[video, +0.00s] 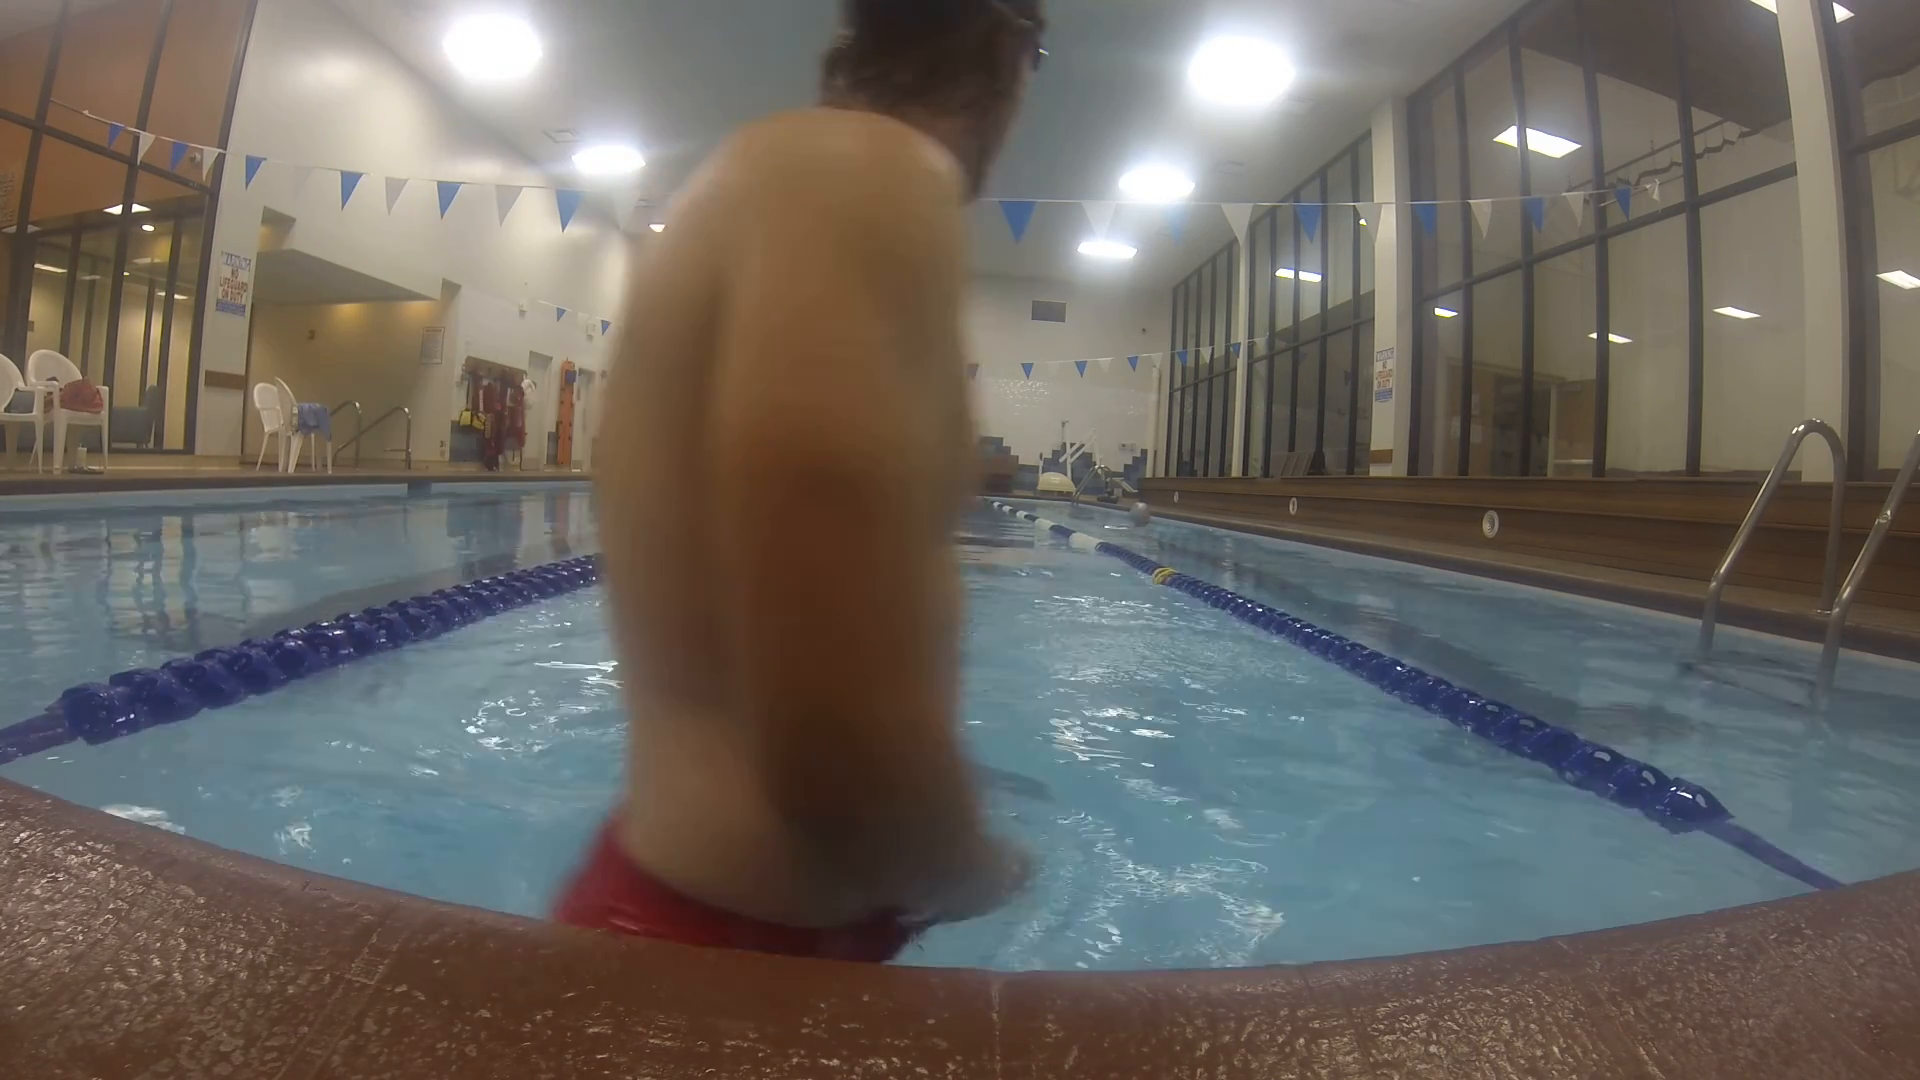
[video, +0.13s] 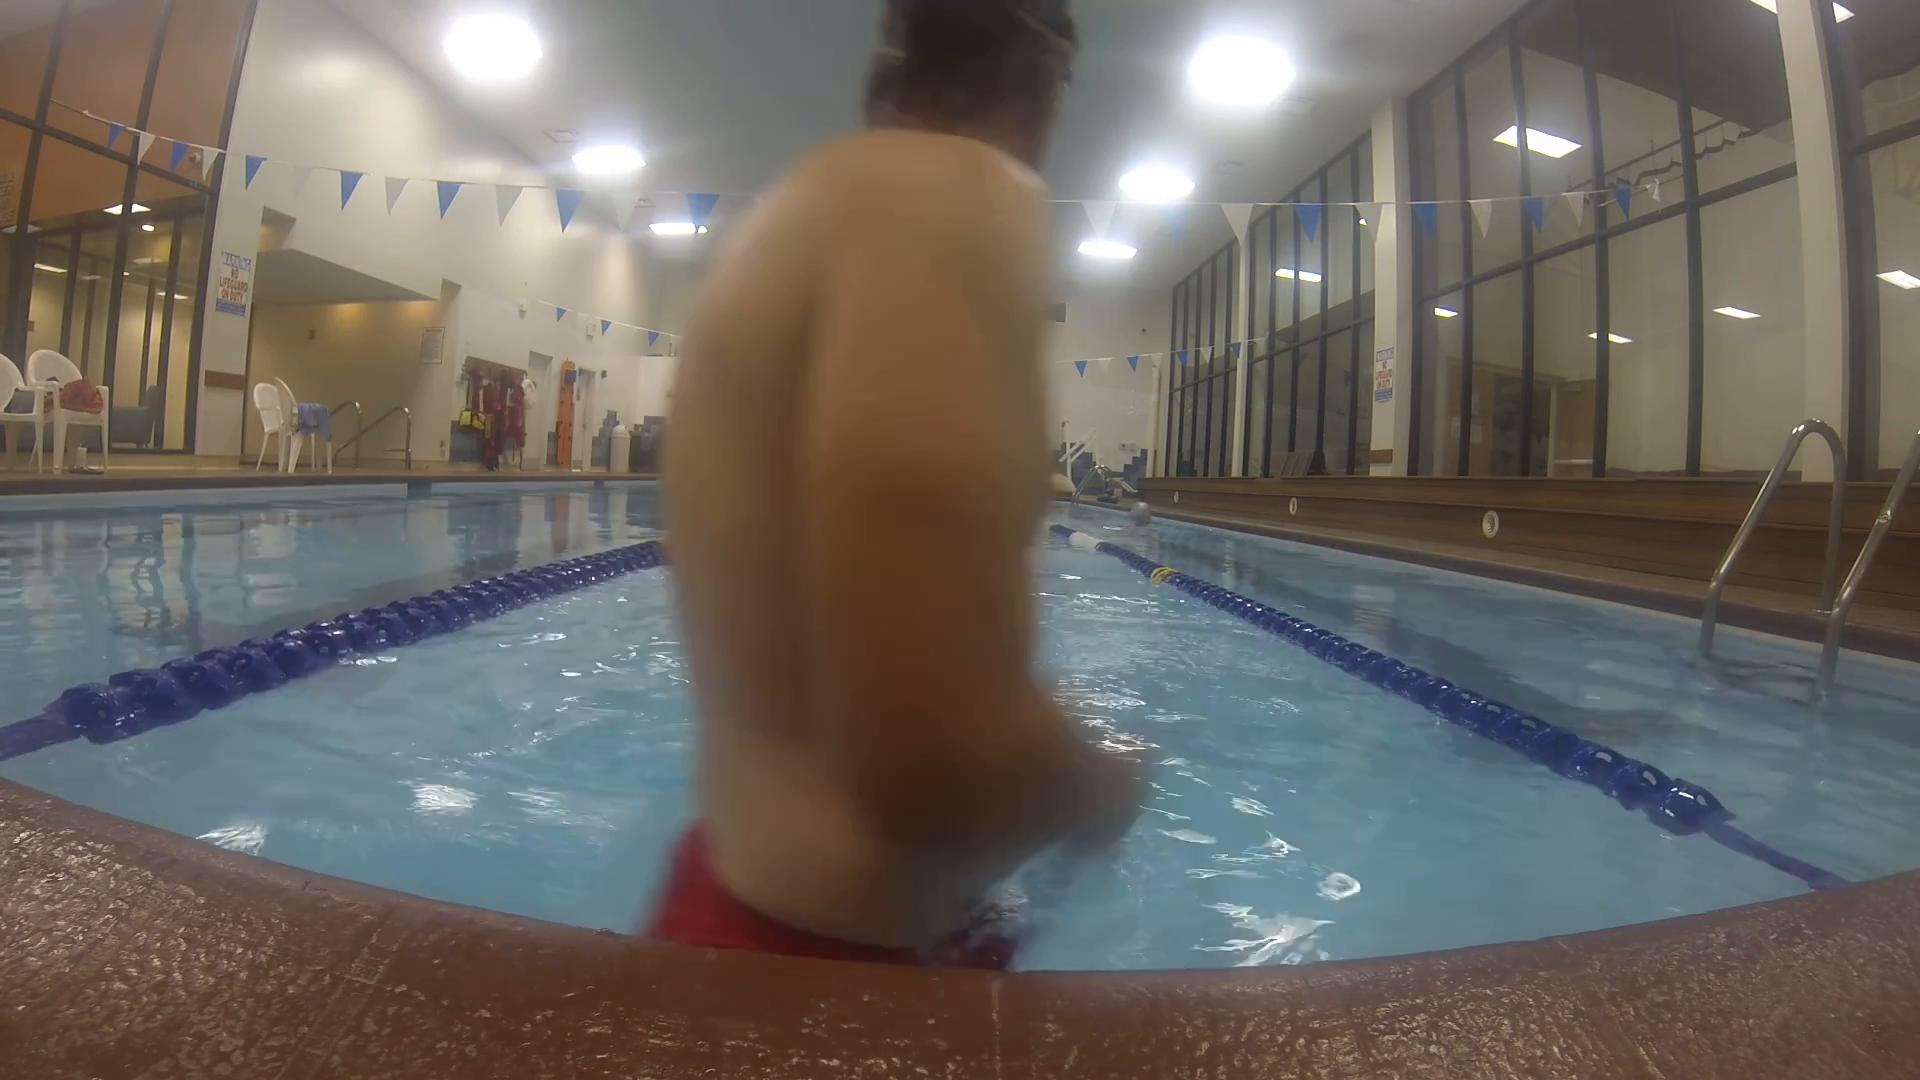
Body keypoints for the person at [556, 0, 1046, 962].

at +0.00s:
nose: (1022, 101)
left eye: (1030, 69)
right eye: (1031, 66)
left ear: (851, 55)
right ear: (1010, 56)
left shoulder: (753, 177)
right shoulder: (859, 172)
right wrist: (948, 861)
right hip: (754, 935)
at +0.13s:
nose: (1063, 108)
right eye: (1066, 77)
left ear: (892, 74)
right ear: (1044, 70)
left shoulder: (792, 213)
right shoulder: (944, 193)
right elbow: (927, 759)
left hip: (737, 915)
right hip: (853, 953)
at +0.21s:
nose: (1080, 129)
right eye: (1084, 102)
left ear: (911, 85)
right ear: (1071, 87)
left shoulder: (811, 243)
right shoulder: (1003, 203)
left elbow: (709, 588)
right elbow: (1020, 743)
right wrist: (1187, 669)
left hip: (784, 917)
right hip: (916, 955)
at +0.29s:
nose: (1110, 118)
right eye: (1110, 96)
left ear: (935, 92)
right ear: (1092, 83)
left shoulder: (818, 270)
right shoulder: (1059, 223)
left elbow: (721, 588)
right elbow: (1140, 739)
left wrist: (929, 543)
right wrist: (1245, 580)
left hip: (825, 906)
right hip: (978, 953)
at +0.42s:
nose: (1148, 110)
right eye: (1142, 89)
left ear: (976, 94)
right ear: (1126, 90)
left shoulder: (842, 274)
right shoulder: (1138, 236)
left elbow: (782, 590)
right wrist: (1285, 433)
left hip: (847, 894)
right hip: (1038, 955)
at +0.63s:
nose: (1235, 91)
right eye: (1223, 63)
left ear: (1040, 82)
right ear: (1198, 78)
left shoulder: (872, 260)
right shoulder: (1271, 242)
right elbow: (1399, 528)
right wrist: (1266, 202)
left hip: (899, 924)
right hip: (1139, 967)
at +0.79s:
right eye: (1275, 70)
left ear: (1082, 85)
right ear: (1253, 90)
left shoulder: (922, 263)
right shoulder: (1373, 265)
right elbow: (1429, 513)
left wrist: (1051, 192)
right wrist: (1303, 205)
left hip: (969, 923)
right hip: (1226, 959)